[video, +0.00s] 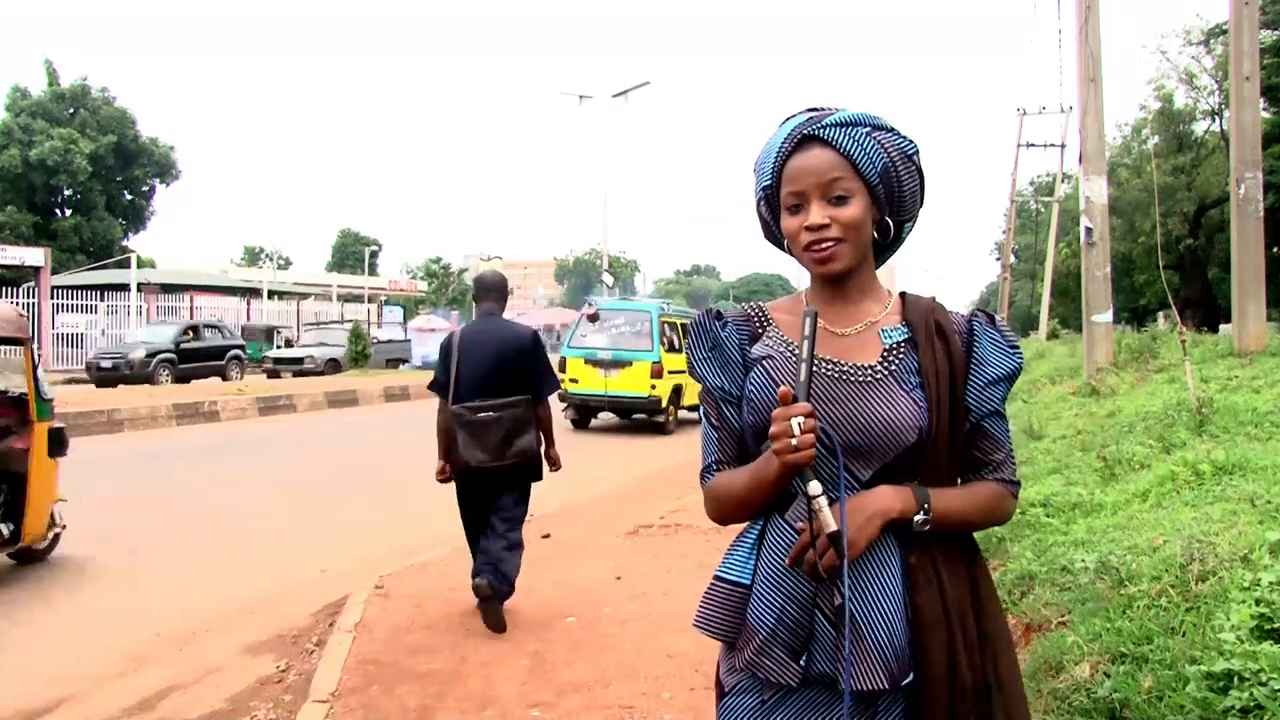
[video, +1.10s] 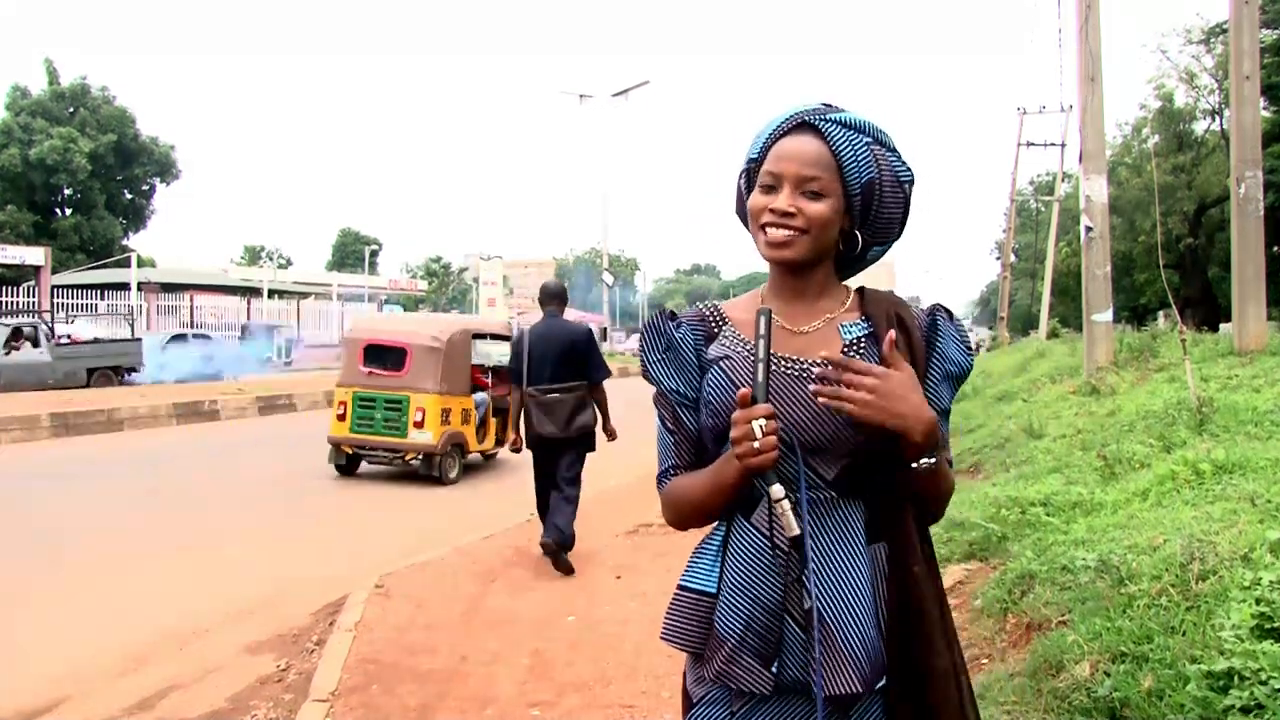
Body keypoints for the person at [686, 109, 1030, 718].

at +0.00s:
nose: (816, 221)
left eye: (838, 198)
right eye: (795, 206)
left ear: (880, 207)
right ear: (778, 224)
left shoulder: (950, 339)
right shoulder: (743, 338)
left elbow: (999, 493)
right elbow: (719, 502)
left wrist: (890, 502)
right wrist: (776, 462)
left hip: (913, 626)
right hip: (781, 629)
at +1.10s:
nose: (781, 205)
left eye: (811, 191)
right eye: (769, 185)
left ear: (851, 215)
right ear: (747, 199)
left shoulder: (902, 329)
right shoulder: (698, 336)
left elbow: (932, 505)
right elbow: (677, 507)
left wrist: (923, 427)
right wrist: (734, 462)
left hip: (872, 620)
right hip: (741, 619)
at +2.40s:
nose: (738, 221)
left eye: (761, 197)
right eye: (716, 207)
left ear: (806, 208)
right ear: (699, 227)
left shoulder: (877, 342)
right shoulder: (660, 351)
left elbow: (919, 492)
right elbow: (635, 523)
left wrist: (863, 515)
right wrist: (715, 482)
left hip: (849, 621)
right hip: (713, 630)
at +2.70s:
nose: (730, 206)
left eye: (756, 186)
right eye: (712, 192)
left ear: (802, 207)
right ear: (694, 218)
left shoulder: (876, 337)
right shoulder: (656, 349)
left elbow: (932, 497)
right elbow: (635, 519)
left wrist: (833, 497)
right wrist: (690, 487)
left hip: (847, 644)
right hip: (706, 649)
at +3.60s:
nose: (785, 203)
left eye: (813, 187)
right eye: (771, 184)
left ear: (856, 213)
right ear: (749, 202)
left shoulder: (916, 334)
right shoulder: (706, 336)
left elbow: (952, 498)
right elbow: (680, 514)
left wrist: (878, 465)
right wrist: (742, 461)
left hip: (880, 614)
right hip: (750, 621)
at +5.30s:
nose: (821, 219)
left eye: (849, 202)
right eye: (807, 203)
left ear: (896, 226)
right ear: (790, 223)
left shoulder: (955, 342)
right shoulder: (760, 356)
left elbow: (1006, 514)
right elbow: (743, 525)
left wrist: (968, 395)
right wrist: (783, 486)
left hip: (930, 627)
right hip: (806, 627)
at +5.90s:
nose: (786, 206)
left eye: (812, 183)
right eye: (774, 193)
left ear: (870, 197)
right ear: (766, 209)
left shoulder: (944, 333)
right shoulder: (746, 337)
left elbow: (972, 503)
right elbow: (727, 508)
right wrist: (745, 462)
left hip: (896, 632)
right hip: (772, 631)